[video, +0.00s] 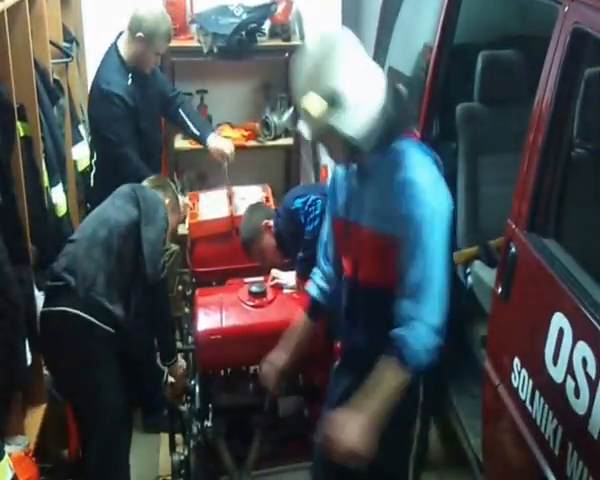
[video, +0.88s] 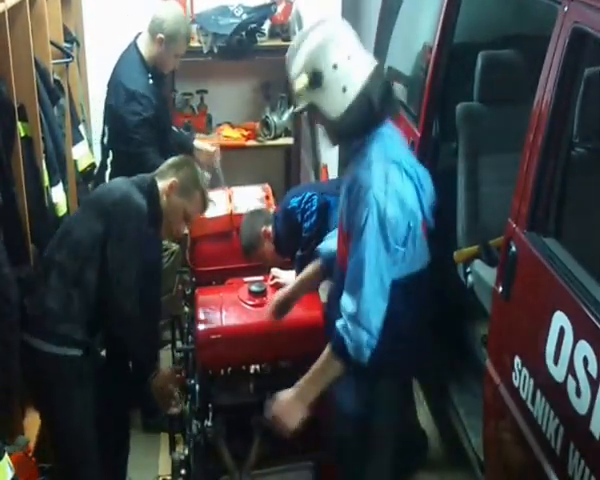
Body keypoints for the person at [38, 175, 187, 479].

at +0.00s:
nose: (172, 231)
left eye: (176, 225)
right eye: (175, 222)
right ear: (171, 204)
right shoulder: (151, 198)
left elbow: (132, 315)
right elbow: (153, 277)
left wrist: (158, 373)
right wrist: (172, 356)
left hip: (55, 320)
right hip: (86, 325)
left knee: (96, 428)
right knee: (112, 426)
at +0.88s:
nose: (183, 232)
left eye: (190, 223)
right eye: (186, 217)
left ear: (167, 186)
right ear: (169, 188)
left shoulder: (125, 198)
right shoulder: (131, 209)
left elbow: (131, 301)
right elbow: (129, 302)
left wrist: (152, 369)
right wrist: (151, 372)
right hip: (61, 348)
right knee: (86, 456)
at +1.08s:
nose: (190, 249)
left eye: (196, 241)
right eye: (193, 236)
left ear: (177, 205)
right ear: (178, 205)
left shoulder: (150, 232)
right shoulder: (121, 222)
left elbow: (143, 325)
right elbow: (116, 322)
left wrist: (149, 392)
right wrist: (137, 395)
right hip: (53, 364)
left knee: (111, 459)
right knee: (77, 464)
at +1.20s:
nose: (192, 267)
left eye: (198, 258)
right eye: (196, 255)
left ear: (184, 225)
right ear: (184, 227)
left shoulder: (154, 248)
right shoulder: (123, 240)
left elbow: (144, 345)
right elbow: (110, 343)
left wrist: (150, 424)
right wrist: (125, 433)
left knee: (109, 463)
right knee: (76, 467)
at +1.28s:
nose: (193, 293)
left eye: (202, 284)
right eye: (200, 279)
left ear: (187, 249)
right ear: (189, 250)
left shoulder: (155, 267)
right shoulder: (125, 253)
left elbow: (147, 369)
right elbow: (115, 360)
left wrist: (159, 451)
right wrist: (132, 455)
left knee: (109, 465)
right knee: (73, 470)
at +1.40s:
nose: (196, 317)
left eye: (205, 307)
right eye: (204, 302)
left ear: (190, 274)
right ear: (192, 275)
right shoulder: (126, 271)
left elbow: (148, 382)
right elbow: (118, 373)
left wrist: (165, 463)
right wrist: (140, 464)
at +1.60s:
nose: (199, 350)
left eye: (207, 344)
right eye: (205, 340)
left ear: (193, 310)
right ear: (194, 312)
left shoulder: (154, 306)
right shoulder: (130, 311)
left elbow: (149, 404)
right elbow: (120, 412)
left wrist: (169, 472)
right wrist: (135, 473)